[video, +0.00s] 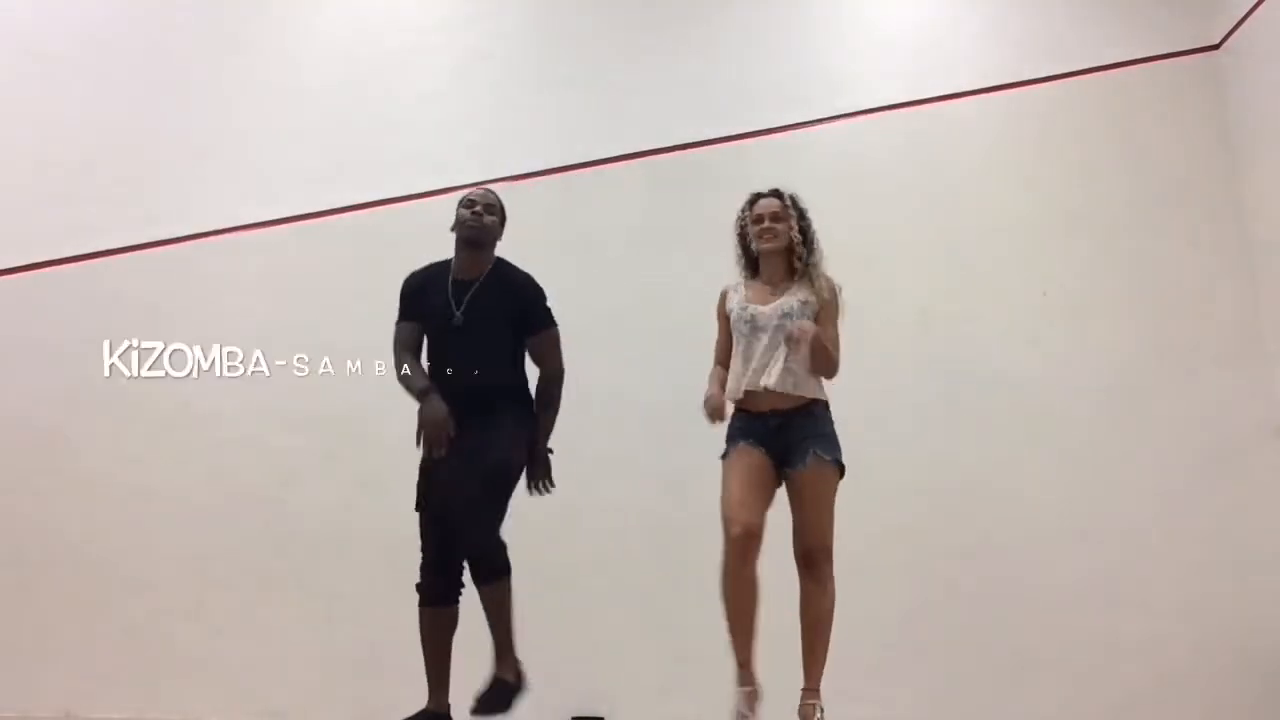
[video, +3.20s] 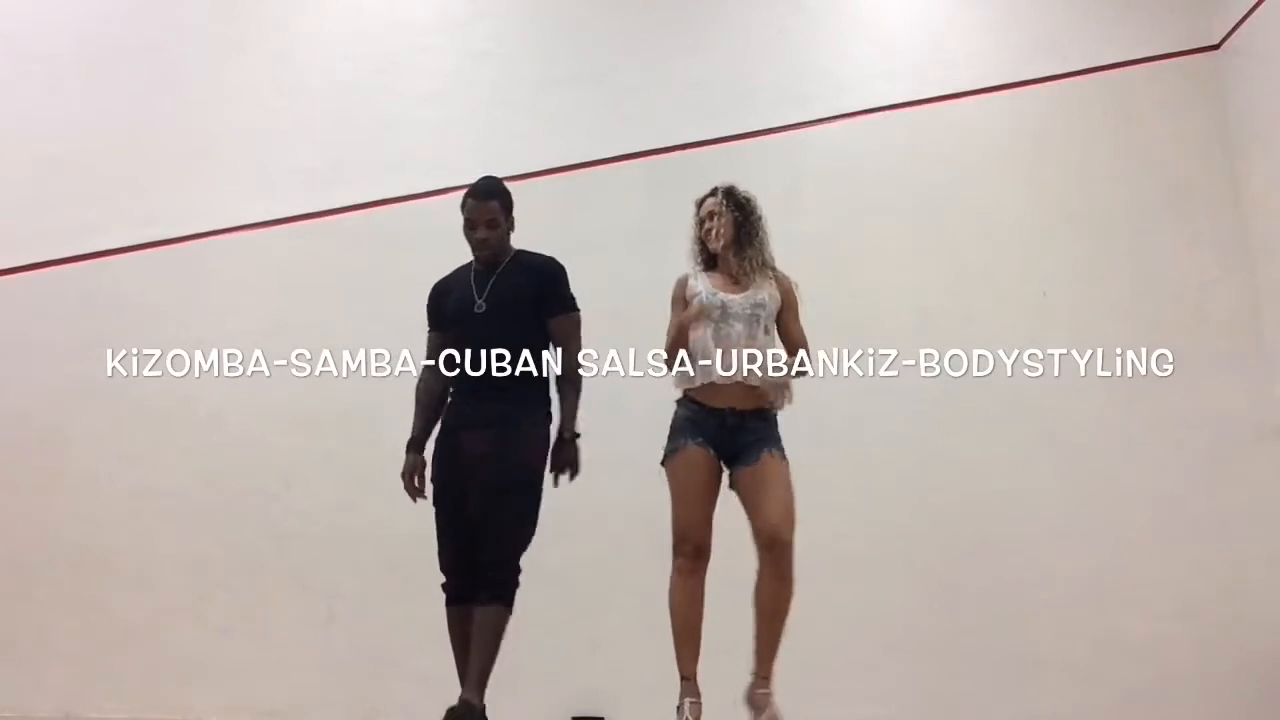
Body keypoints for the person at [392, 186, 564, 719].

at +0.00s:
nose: (478, 208)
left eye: (490, 207)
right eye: (469, 204)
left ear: (502, 230)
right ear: (452, 222)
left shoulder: (520, 288)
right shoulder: (422, 285)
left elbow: (552, 371)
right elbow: (405, 358)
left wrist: (539, 445)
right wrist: (429, 397)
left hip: (505, 428)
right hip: (446, 428)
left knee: (479, 534)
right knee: (437, 557)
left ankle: (507, 670)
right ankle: (437, 703)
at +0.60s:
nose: (499, 211)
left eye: (510, 207)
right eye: (490, 207)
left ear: (526, 230)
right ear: (477, 228)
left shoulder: (542, 303)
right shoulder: (450, 273)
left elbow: (549, 382)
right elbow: (397, 345)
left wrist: (502, 365)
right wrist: (369, 421)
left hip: (509, 449)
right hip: (448, 446)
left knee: (503, 574)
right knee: (447, 565)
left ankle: (465, 703)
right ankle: (423, 682)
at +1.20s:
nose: (461, 182)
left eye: (473, 178)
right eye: (453, 177)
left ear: (490, 200)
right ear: (439, 198)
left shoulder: (513, 255)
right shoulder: (411, 266)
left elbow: (548, 333)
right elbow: (385, 344)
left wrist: (551, 412)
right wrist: (405, 343)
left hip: (492, 439)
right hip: (423, 437)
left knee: (482, 575)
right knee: (416, 570)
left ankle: (464, 705)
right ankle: (418, 703)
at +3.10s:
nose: (480, 234)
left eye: (490, 224)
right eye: (471, 225)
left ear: (509, 222)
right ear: (462, 226)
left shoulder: (543, 274)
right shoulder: (450, 291)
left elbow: (567, 358)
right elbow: (441, 369)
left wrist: (555, 432)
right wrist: (419, 434)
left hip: (516, 444)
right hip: (457, 445)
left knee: (500, 566)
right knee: (458, 569)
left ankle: (482, 698)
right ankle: (472, 698)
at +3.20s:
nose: (480, 231)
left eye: (490, 221)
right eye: (471, 222)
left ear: (510, 220)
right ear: (462, 224)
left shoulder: (543, 274)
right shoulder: (447, 290)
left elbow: (571, 357)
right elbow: (435, 372)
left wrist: (567, 432)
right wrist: (416, 445)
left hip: (518, 446)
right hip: (457, 446)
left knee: (497, 565)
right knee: (458, 569)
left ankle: (472, 697)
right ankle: (472, 697)